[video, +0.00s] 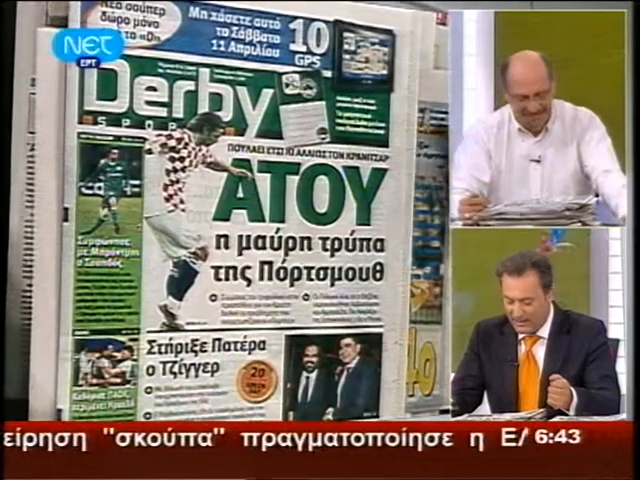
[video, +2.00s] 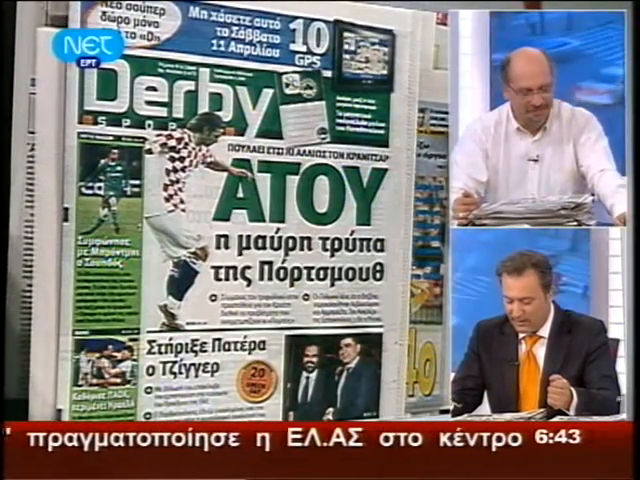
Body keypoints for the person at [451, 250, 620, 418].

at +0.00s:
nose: (517, 312)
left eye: (527, 302)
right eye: (509, 301)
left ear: (550, 296)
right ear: (502, 297)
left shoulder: (588, 332)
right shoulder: (486, 334)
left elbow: (610, 403)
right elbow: (461, 401)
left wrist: (574, 400)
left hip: (568, 452)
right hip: (505, 451)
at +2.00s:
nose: (516, 312)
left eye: (526, 302)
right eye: (509, 301)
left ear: (549, 294)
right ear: (503, 297)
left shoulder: (588, 332)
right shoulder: (487, 334)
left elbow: (609, 403)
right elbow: (462, 400)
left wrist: (574, 400)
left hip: (569, 450)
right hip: (505, 449)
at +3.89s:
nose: (512, 312)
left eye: (522, 302)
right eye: (506, 301)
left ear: (547, 296)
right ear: (500, 297)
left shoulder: (588, 332)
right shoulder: (486, 334)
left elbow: (610, 402)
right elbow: (464, 391)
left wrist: (574, 400)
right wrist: (457, 402)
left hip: (567, 451)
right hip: (503, 450)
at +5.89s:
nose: (508, 312)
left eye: (519, 303)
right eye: (503, 301)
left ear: (546, 297)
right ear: (498, 296)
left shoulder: (588, 333)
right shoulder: (486, 334)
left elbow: (610, 402)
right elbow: (462, 402)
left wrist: (569, 400)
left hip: (568, 451)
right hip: (505, 450)